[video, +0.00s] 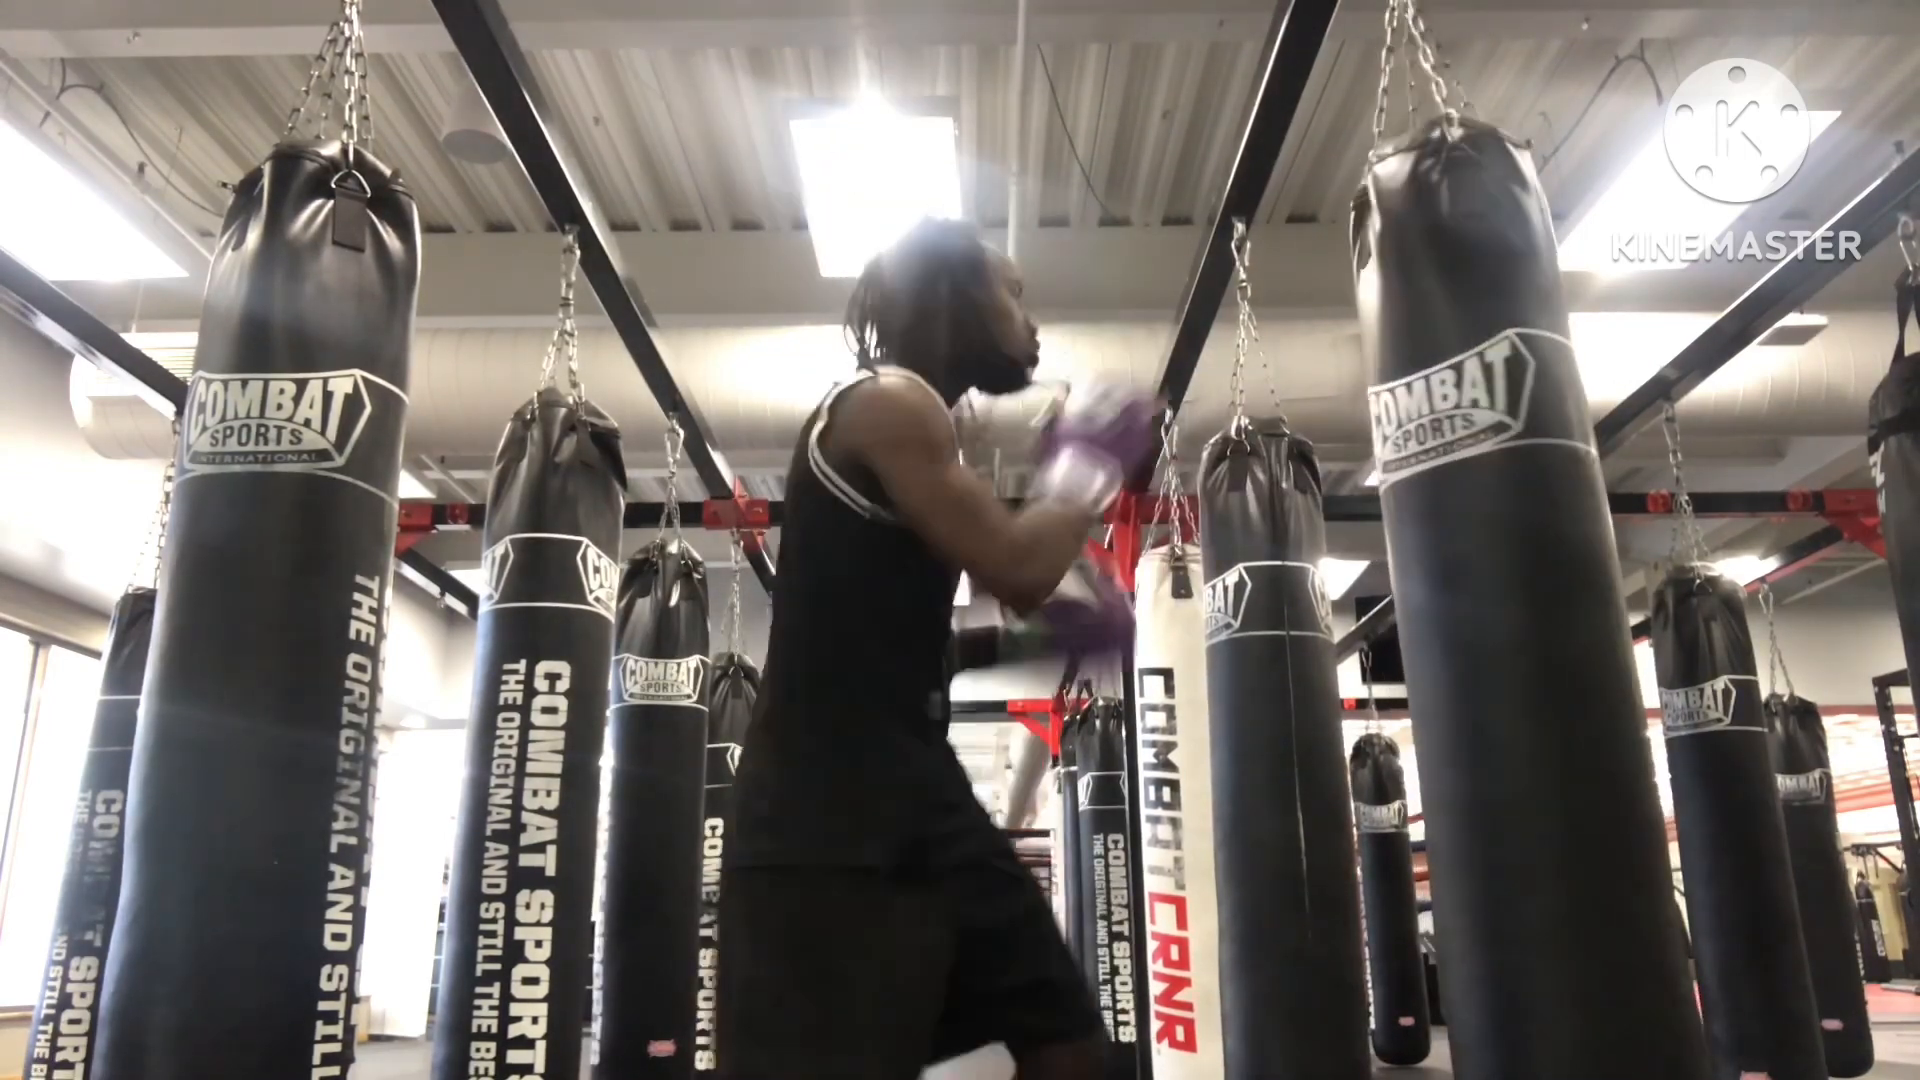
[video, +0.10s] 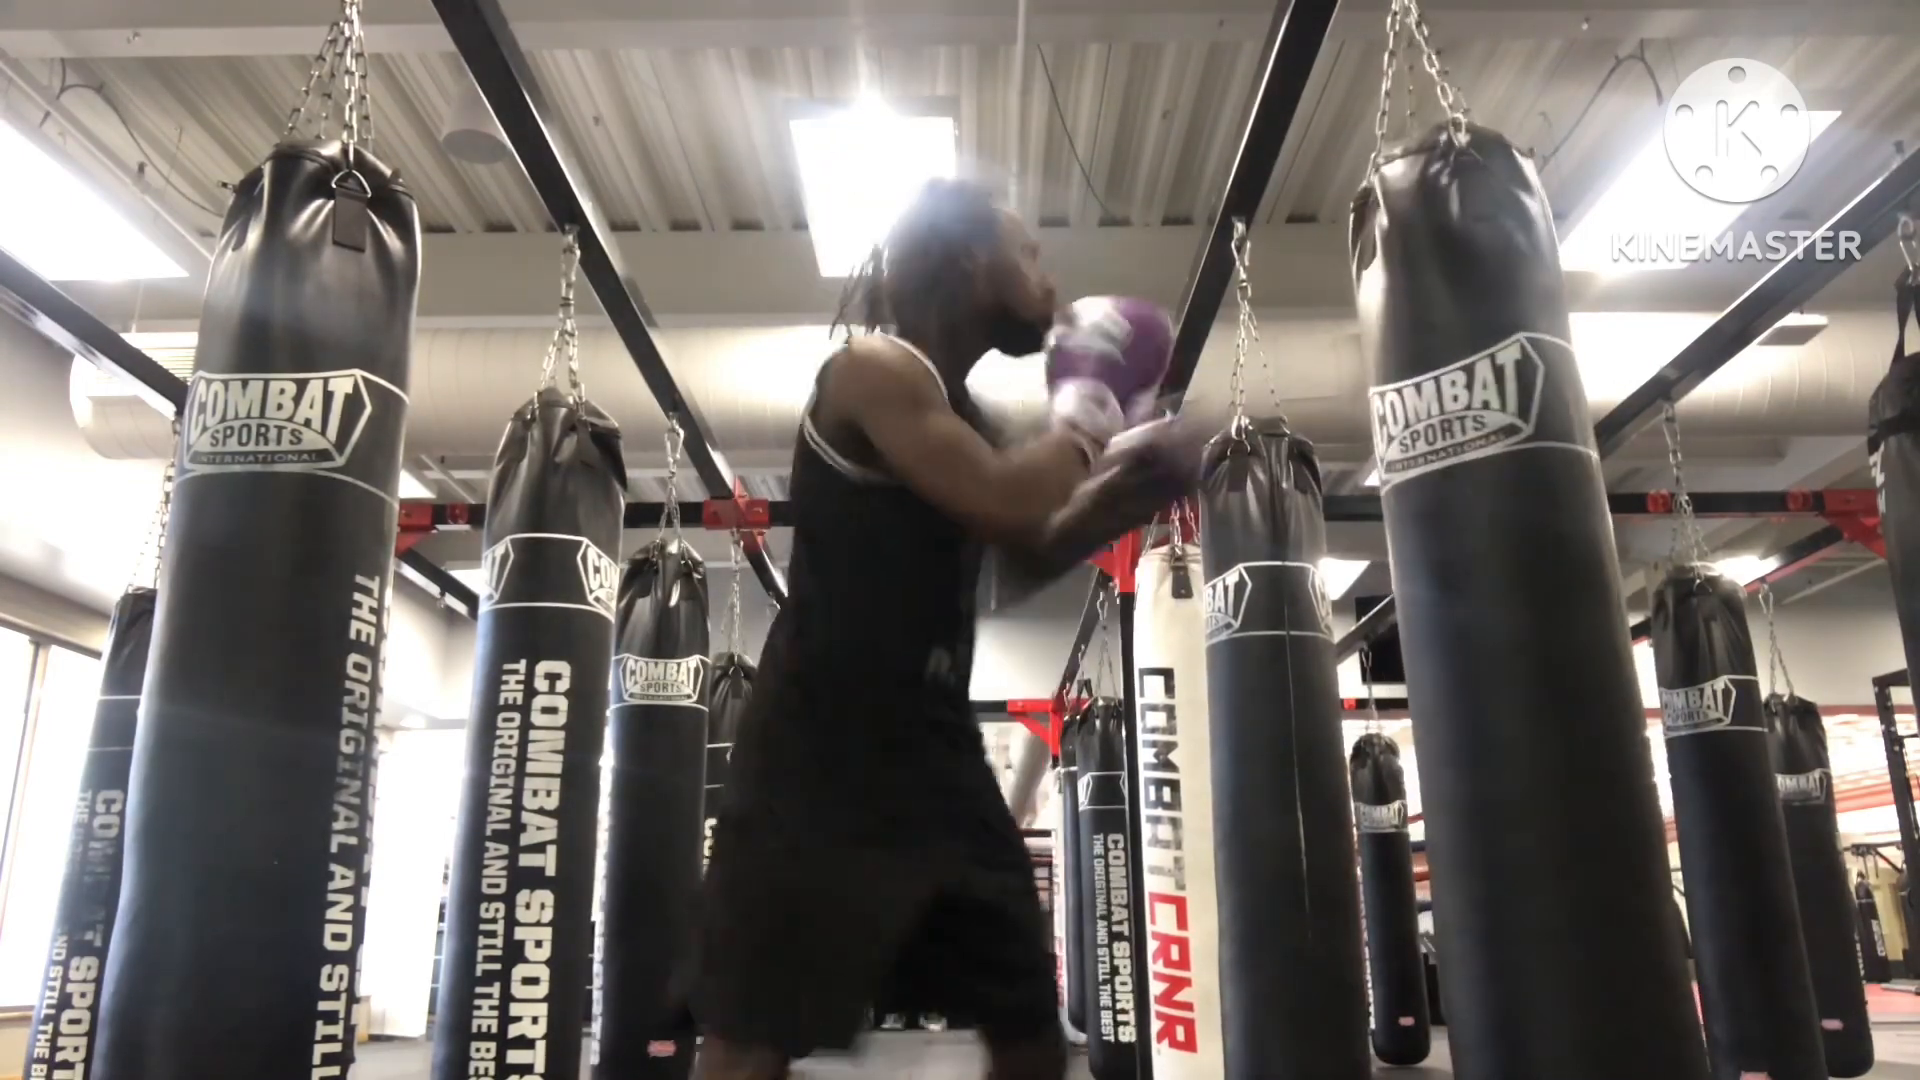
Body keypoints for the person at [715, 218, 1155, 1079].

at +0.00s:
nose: (1031, 318)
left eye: (1023, 295)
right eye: (1013, 294)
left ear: (923, 310)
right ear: (956, 300)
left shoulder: (878, 414)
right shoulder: (890, 405)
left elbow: (884, 650)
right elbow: (1022, 566)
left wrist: (1032, 633)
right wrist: (1091, 461)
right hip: (858, 809)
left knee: (1063, 1042)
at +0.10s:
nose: (1047, 271)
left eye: (1038, 251)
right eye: (1026, 250)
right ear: (966, 263)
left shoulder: (967, 416)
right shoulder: (874, 369)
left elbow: (1027, 558)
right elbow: (1017, 498)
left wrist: (1145, 478)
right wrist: (1083, 400)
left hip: (929, 741)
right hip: (823, 742)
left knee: (1025, 1033)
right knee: (747, 1040)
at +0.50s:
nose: (1065, 279)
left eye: (1060, 258)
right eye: (1043, 250)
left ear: (1000, 270)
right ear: (971, 253)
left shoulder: (1005, 404)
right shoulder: (872, 369)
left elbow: (1176, 413)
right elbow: (963, 497)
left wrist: (1323, 355)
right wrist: (1067, 394)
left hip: (937, 734)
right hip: (818, 727)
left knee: (1006, 1016)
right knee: (731, 1025)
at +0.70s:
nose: (1019, 298)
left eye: (1013, 278)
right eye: (997, 273)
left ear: (955, 297)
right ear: (927, 285)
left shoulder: (997, 428)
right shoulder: (840, 400)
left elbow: (1141, 497)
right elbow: (915, 529)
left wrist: (1268, 422)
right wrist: (1039, 426)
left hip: (928, 783)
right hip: (801, 766)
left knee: (963, 1053)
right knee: (687, 1038)